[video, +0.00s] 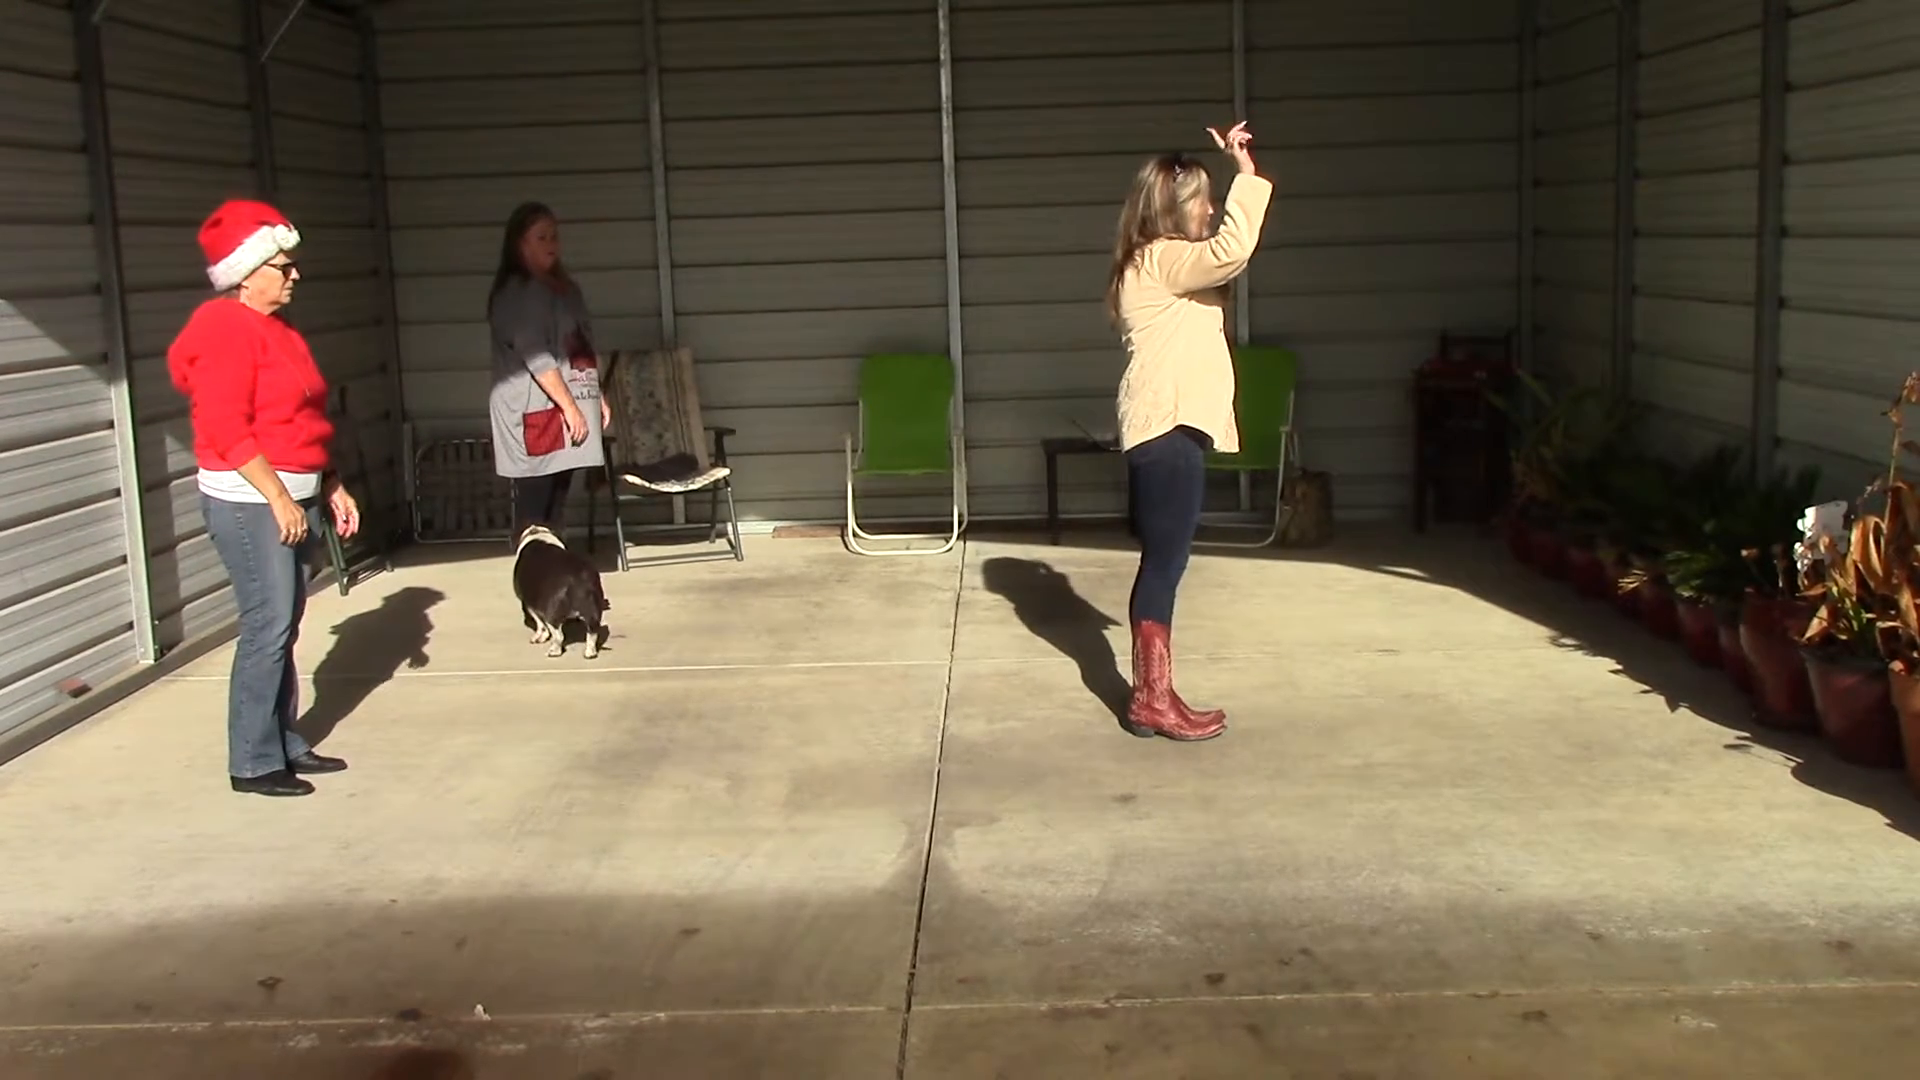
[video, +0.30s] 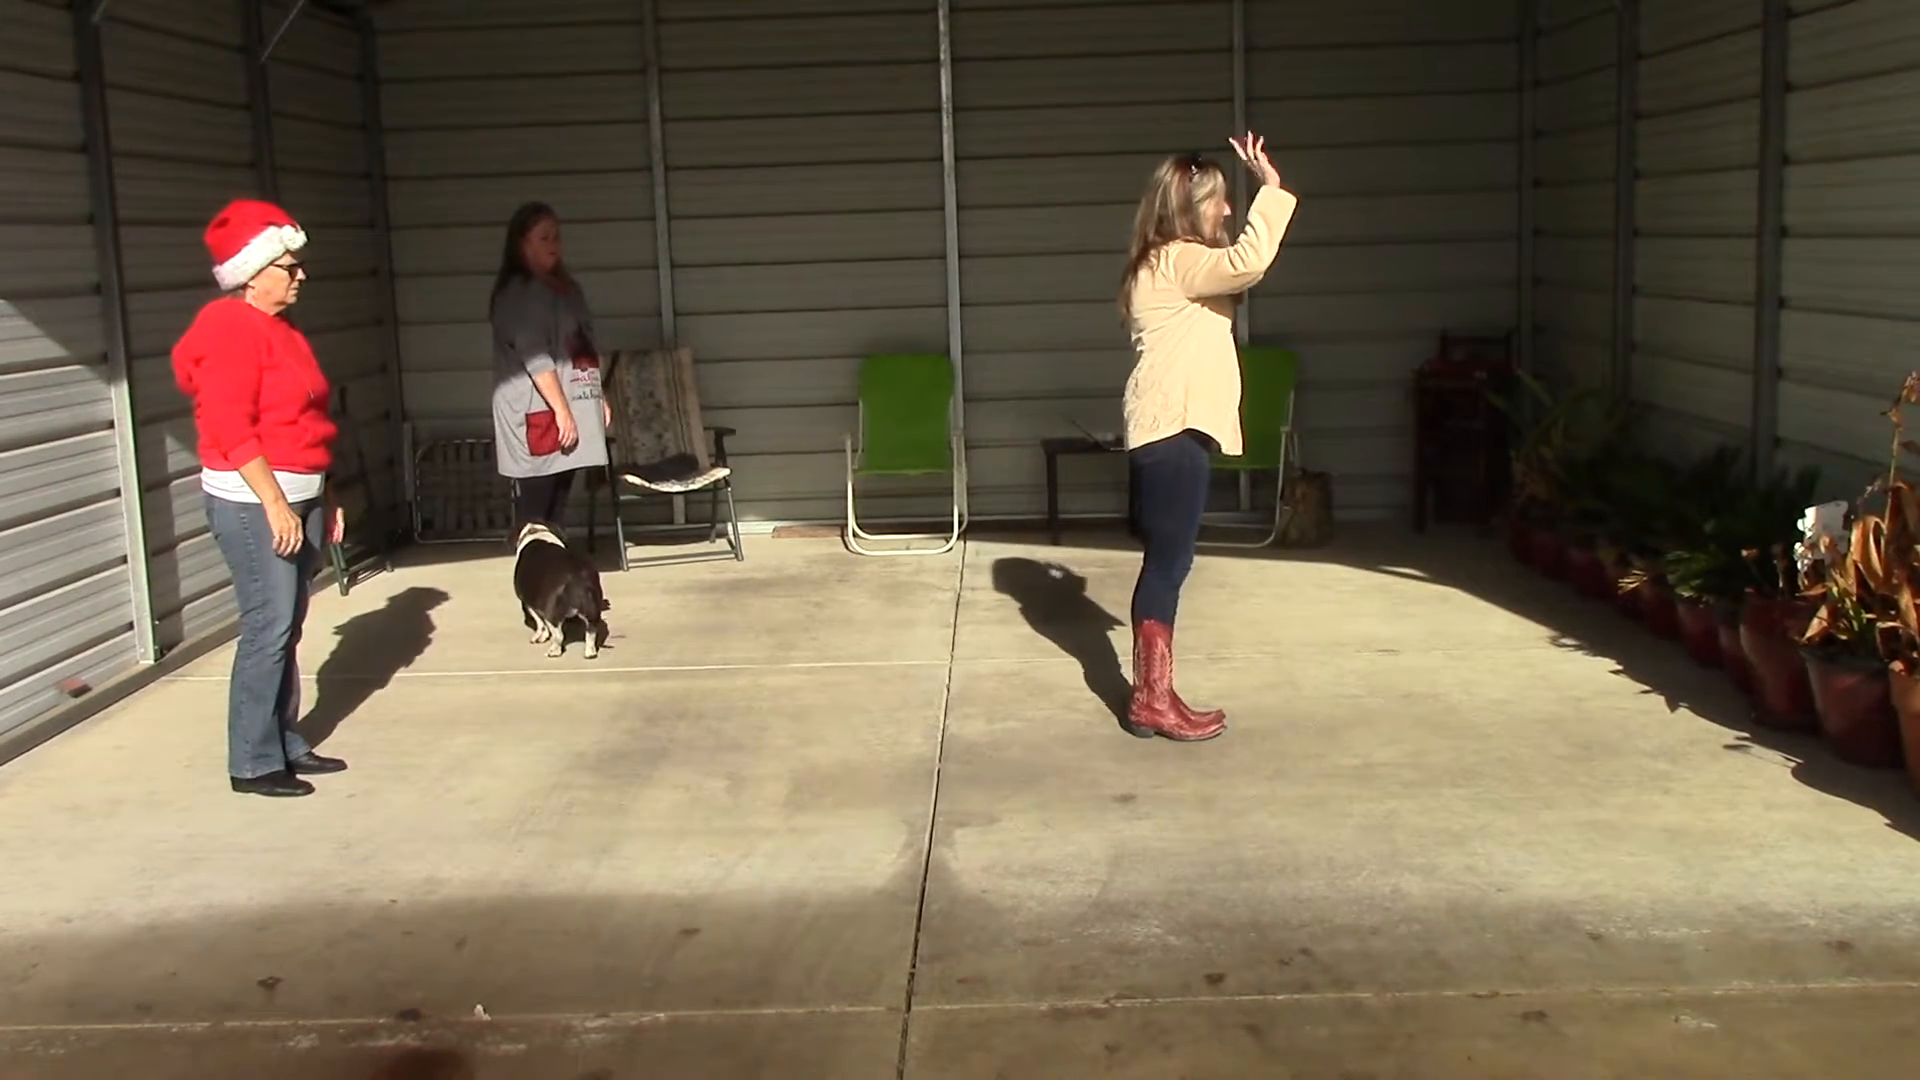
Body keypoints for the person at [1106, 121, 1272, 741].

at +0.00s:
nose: (1213, 209)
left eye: (1211, 199)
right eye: (1204, 200)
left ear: (1170, 206)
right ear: (1174, 206)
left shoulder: (1158, 262)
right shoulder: (1160, 258)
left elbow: (1227, 254)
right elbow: (1231, 250)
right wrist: (1250, 177)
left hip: (1167, 428)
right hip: (1168, 428)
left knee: (1162, 560)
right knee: (1164, 560)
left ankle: (1154, 695)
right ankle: (1151, 699)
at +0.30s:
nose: (1227, 212)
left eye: (1226, 201)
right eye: (1219, 201)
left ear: (1183, 205)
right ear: (1190, 205)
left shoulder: (1160, 263)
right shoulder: (1175, 259)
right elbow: (1248, 262)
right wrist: (1274, 191)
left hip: (1168, 427)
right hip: (1175, 427)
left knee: (1166, 561)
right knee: (1167, 563)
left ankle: (1156, 697)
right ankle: (1151, 700)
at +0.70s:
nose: (1251, 240)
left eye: (1251, 230)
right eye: (1245, 228)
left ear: (1199, 221)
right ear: (1219, 223)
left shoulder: (1170, 280)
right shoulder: (1201, 271)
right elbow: (1277, 259)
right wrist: (1320, 192)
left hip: (1175, 452)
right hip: (1208, 446)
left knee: (1213, 567)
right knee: (1301, 540)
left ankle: (1155, 687)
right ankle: (1278, 679)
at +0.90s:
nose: (1276, 234)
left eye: (1277, 223)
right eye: (1270, 222)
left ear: (1222, 219)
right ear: (1241, 219)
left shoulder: (1192, 278)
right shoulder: (1230, 265)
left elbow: (1204, 361)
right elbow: (1308, 242)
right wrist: (1346, 167)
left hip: (1198, 450)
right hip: (1239, 443)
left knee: (1229, 562)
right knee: (1321, 547)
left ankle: (1160, 681)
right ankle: (1334, 690)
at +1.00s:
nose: (1293, 230)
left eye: (1292, 221)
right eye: (1286, 220)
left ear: (1235, 219)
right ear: (1258, 217)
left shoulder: (1209, 277)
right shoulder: (1256, 263)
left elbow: (1221, 362)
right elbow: (1327, 239)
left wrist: (1279, 423)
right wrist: (1362, 161)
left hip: (1216, 446)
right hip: (1260, 441)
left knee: (1245, 563)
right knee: (1329, 553)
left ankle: (1166, 678)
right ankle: (1330, 695)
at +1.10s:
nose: (1308, 218)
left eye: (1305, 207)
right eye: (1299, 209)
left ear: (1250, 220)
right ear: (1272, 216)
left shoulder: (1228, 277)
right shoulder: (1274, 262)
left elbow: (1234, 362)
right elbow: (1349, 245)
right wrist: (1378, 168)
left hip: (1234, 444)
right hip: (1276, 439)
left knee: (1267, 563)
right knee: (1336, 556)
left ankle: (1177, 675)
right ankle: (1330, 696)